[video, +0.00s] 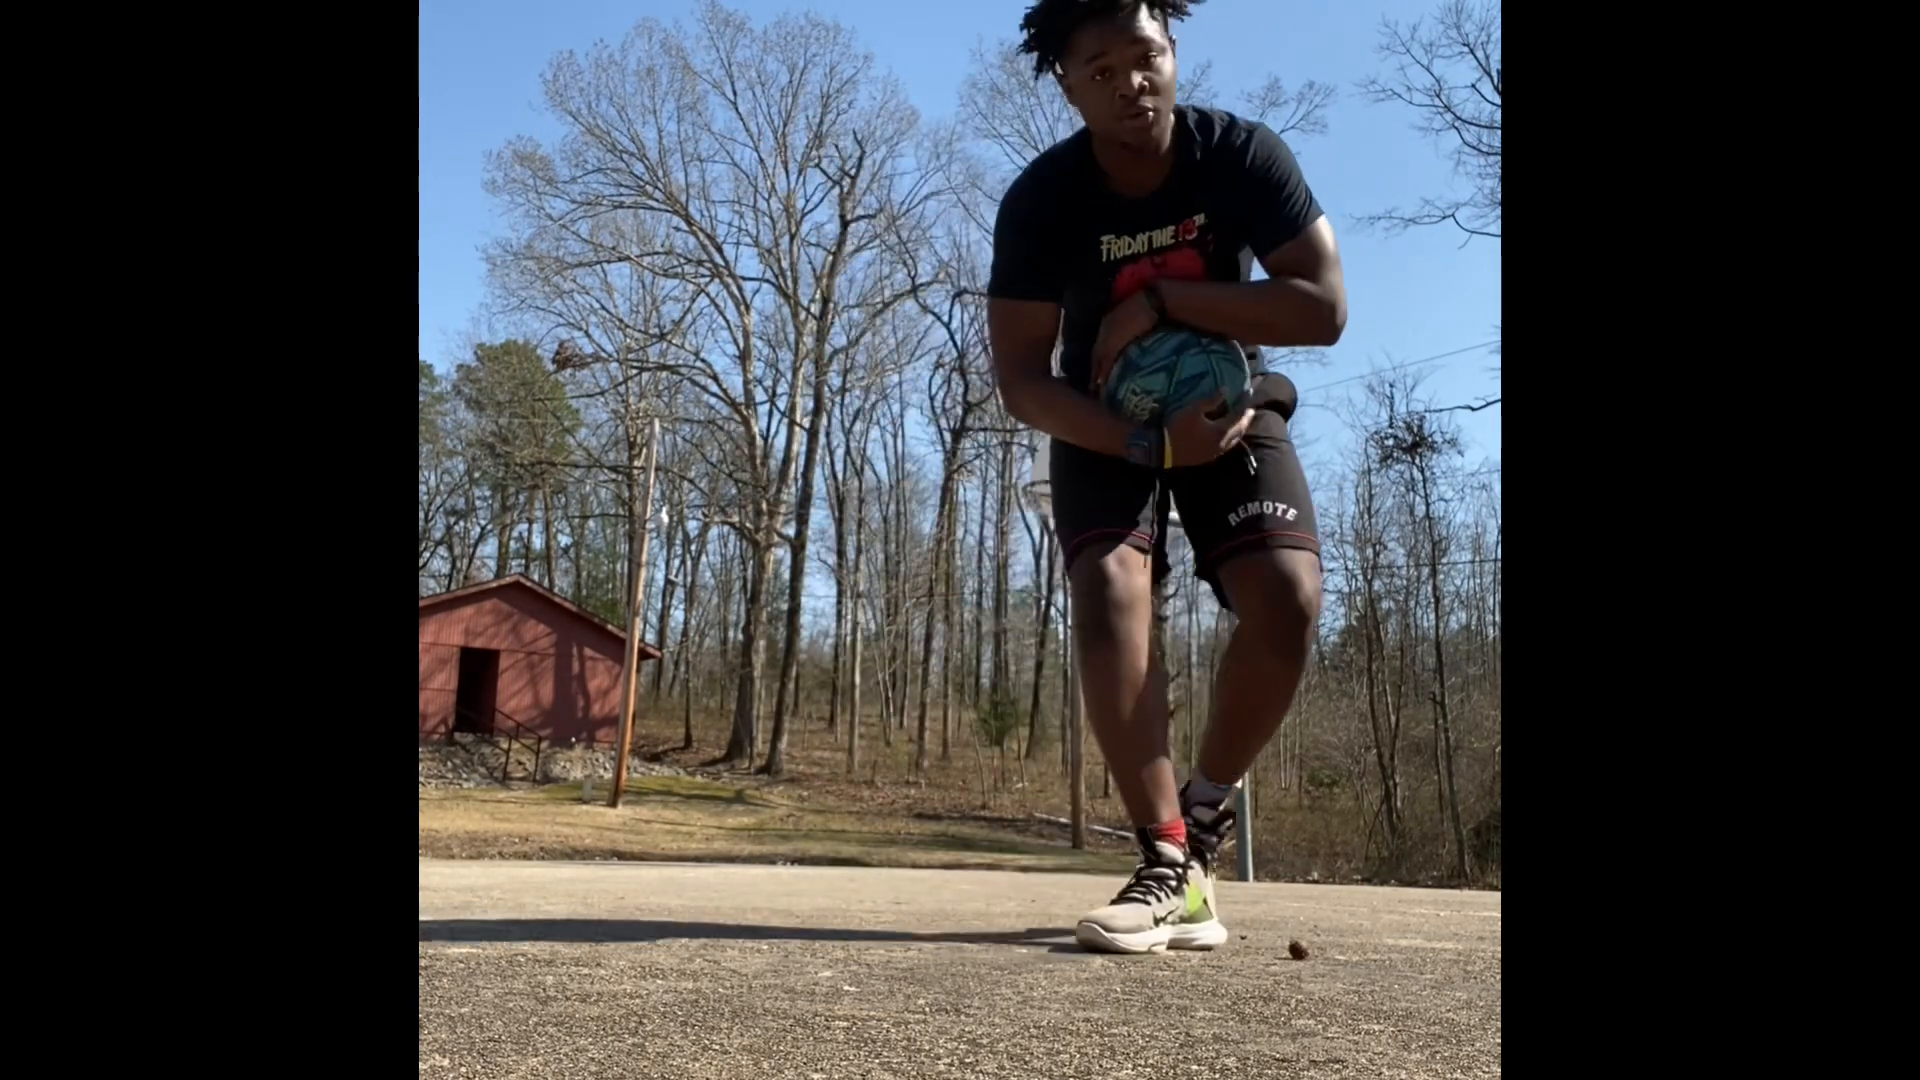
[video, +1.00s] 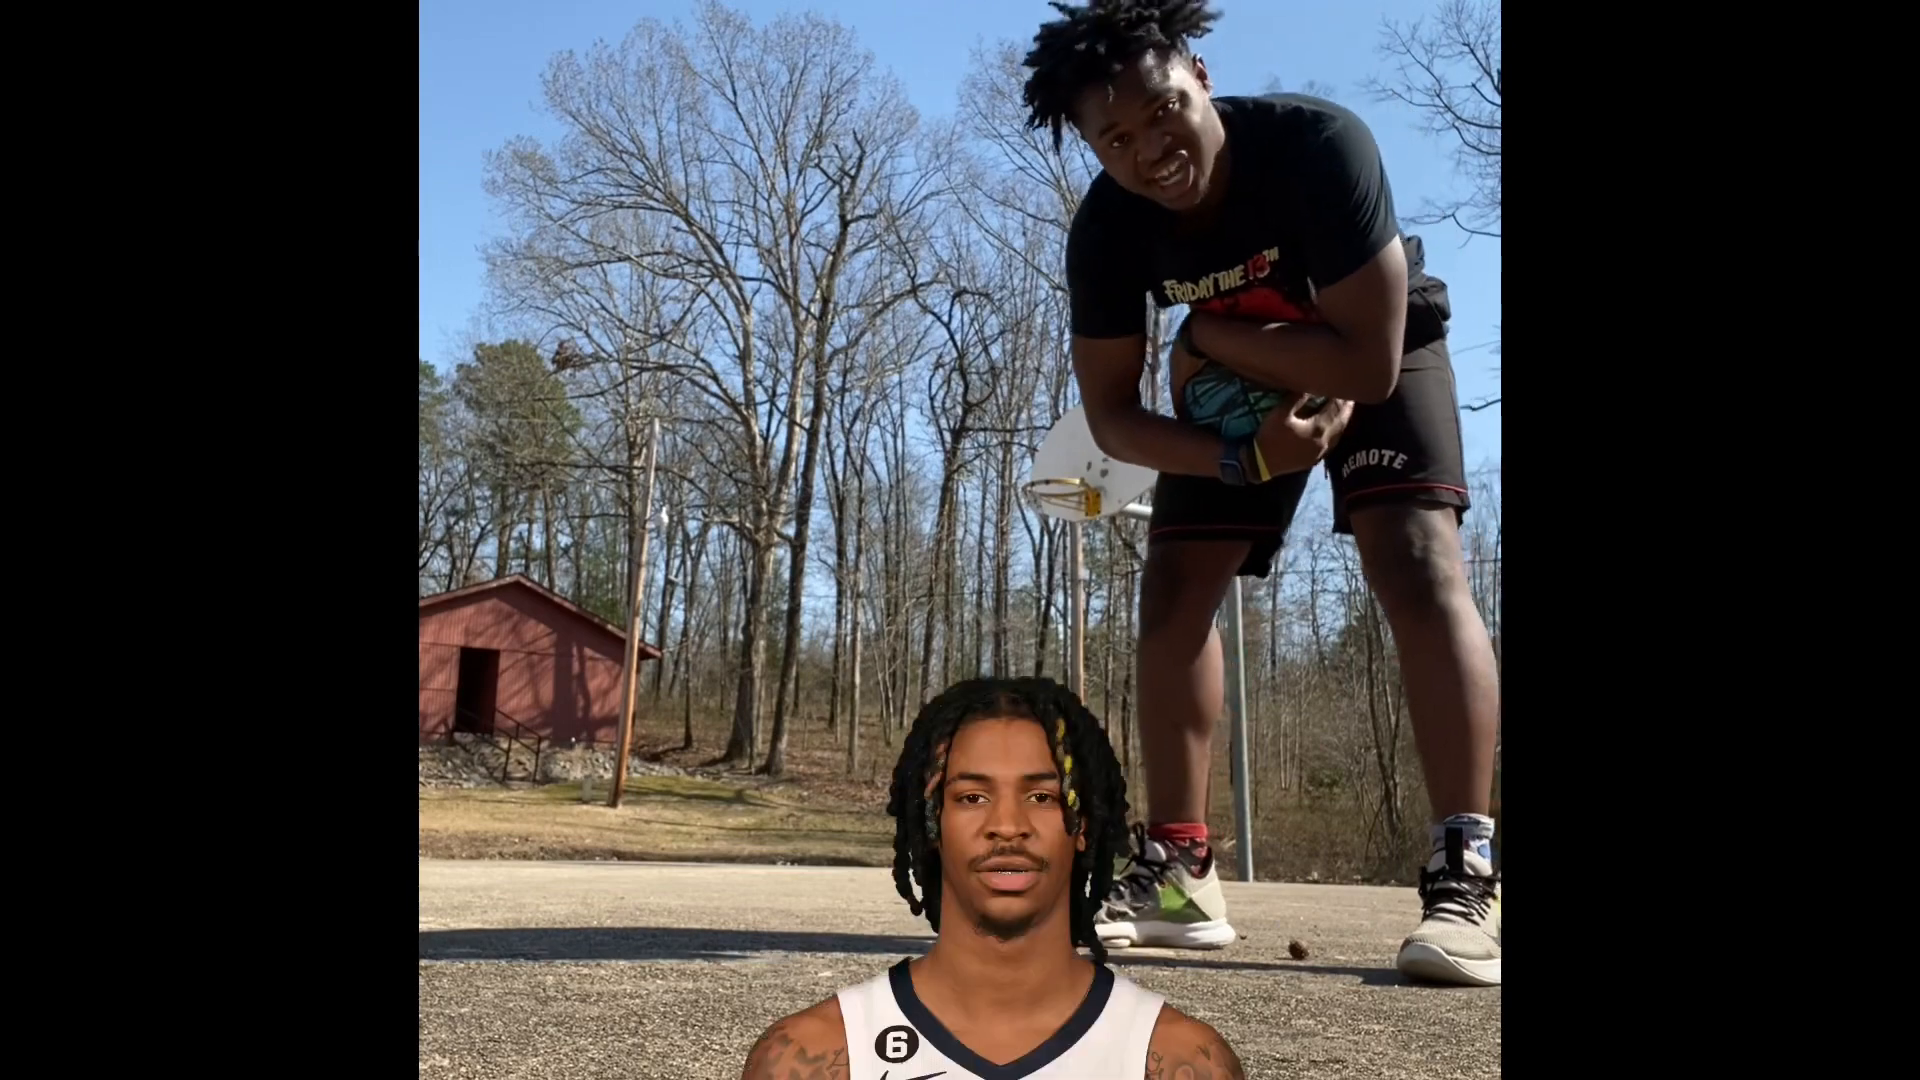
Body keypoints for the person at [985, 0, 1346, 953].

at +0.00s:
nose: (1130, 85)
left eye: (1144, 59)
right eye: (1102, 71)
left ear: (1173, 54)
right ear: (1067, 82)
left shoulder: (1245, 155)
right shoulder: (1039, 201)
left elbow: (1323, 312)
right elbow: (1020, 377)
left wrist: (1156, 298)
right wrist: (1150, 445)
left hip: (1232, 394)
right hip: (1097, 408)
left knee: (1288, 597)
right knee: (1108, 586)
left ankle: (1203, 809)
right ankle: (1167, 867)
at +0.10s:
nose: (1149, 94)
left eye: (1163, 65)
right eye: (1118, 80)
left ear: (1193, 54)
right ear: (1084, 88)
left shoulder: (1269, 152)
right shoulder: (1057, 194)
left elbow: (1347, 322)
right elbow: (1029, 374)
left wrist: (1174, 302)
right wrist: (1149, 458)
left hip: (1256, 380)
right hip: (1119, 397)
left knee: (1317, 563)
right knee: (1117, 593)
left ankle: (1284, 812)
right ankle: (1169, 867)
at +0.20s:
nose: (1176, 102)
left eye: (1192, 73)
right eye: (1145, 87)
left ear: (1225, 53)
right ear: (1109, 90)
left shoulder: (1299, 151)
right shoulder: (1078, 194)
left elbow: (1343, 347)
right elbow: (1045, 379)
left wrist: (1172, 310)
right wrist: (1164, 460)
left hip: (1281, 372)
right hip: (1141, 389)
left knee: (1335, 559)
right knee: (1135, 599)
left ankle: (1405, 856)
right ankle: (1174, 876)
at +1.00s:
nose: (1152, 146)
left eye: (1161, 109)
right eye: (1116, 135)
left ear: (1200, 78)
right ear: (1091, 147)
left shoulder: (1319, 148)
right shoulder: (1104, 231)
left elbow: (1370, 369)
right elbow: (1112, 420)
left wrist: (1200, 334)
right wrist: (1247, 460)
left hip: (1374, 346)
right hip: (1229, 371)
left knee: (1416, 570)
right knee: (1173, 596)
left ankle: (1467, 879)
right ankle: (1178, 873)